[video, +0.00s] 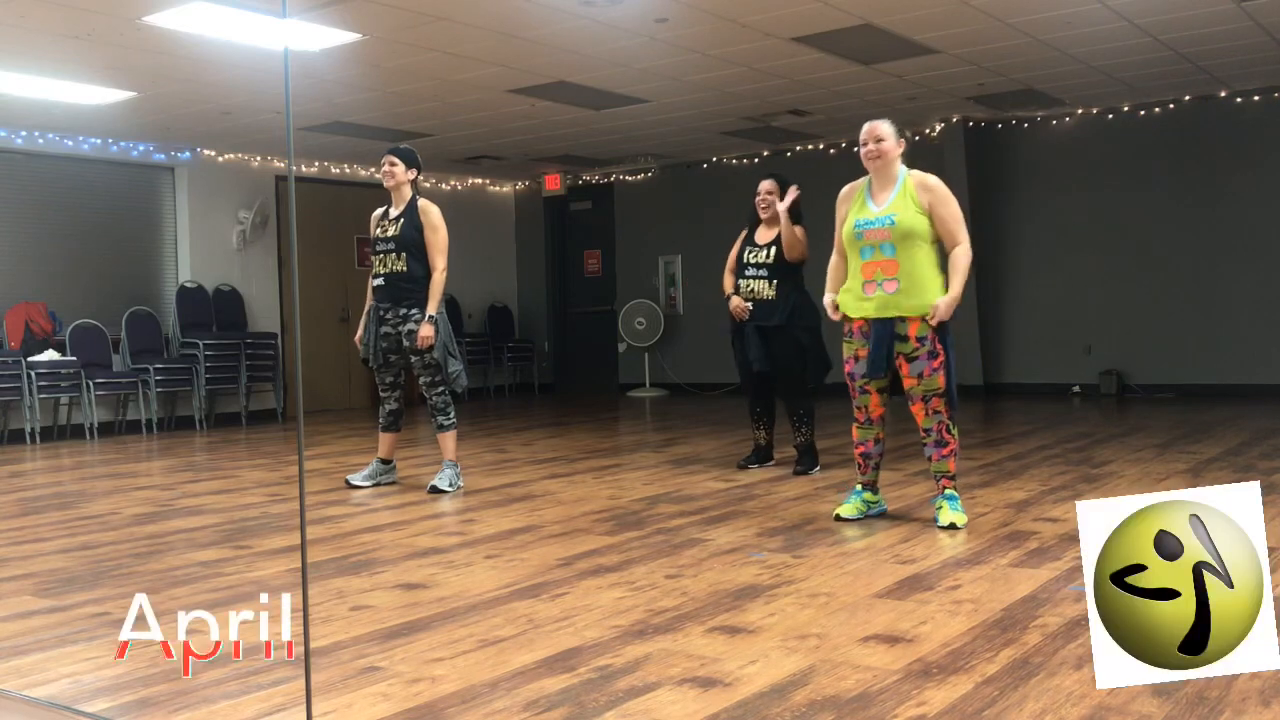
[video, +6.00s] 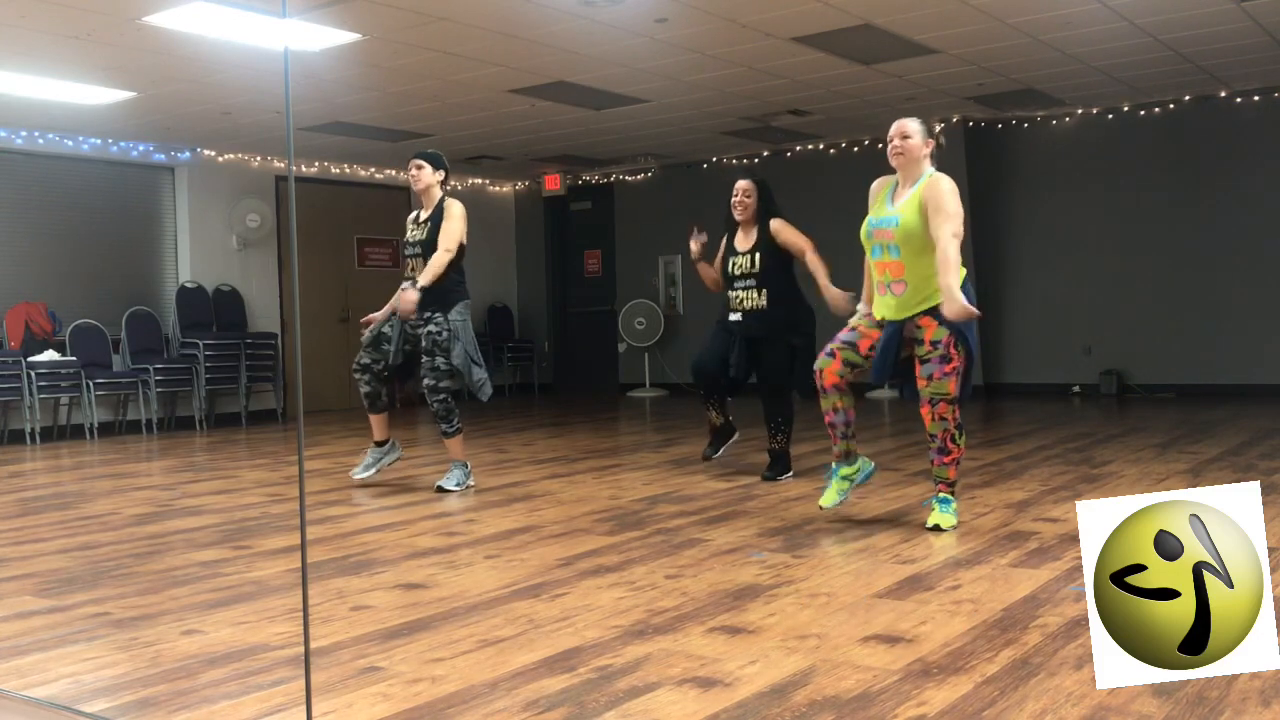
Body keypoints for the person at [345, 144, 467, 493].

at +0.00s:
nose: (385, 169)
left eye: (393, 165)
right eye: (384, 165)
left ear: (412, 173)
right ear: (382, 173)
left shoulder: (426, 210)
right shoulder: (378, 217)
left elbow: (439, 268)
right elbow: (377, 272)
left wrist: (430, 319)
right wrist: (364, 321)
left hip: (417, 314)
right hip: (382, 316)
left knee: (435, 390)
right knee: (388, 391)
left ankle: (451, 467)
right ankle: (384, 464)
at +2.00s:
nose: (384, 169)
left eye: (393, 165)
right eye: (384, 164)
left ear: (411, 175)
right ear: (382, 173)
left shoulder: (424, 209)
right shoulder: (376, 215)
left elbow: (441, 265)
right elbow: (369, 269)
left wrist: (416, 307)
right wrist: (346, 306)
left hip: (415, 312)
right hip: (380, 313)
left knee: (429, 388)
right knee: (380, 388)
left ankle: (450, 467)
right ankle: (384, 465)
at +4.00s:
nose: (381, 174)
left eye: (390, 172)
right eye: (380, 169)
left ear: (406, 182)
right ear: (377, 176)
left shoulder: (422, 216)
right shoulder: (363, 218)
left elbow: (444, 265)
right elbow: (348, 268)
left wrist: (454, 307)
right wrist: (317, 300)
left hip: (418, 312)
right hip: (379, 315)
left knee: (424, 378)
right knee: (372, 384)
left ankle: (447, 462)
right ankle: (389, 464)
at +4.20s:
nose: (389, 169)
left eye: (397, 165)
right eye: (388, 164)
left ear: (415, 174)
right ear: (386, 172)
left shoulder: (430, 212)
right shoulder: (374, 210)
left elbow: (443, 267)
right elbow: (363, 264)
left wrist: (431, 304)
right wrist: (350, 311)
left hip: (420, 311)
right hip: (384, 313)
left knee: (433, 385)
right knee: (386, 388)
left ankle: (459, 462)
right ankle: (390, 463)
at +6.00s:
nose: (412, 173)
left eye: (419, 168)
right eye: (410, 169)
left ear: (439, 175)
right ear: (409, 179)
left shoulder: (452, 208)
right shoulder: (413, 219)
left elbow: (446, 252)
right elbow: (411, 274)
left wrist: (416, 286)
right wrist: (386, 311)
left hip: (444, 314)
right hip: (410, 313)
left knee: (437, 385)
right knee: (367, 367)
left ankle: (460, 466)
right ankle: (383, 445)